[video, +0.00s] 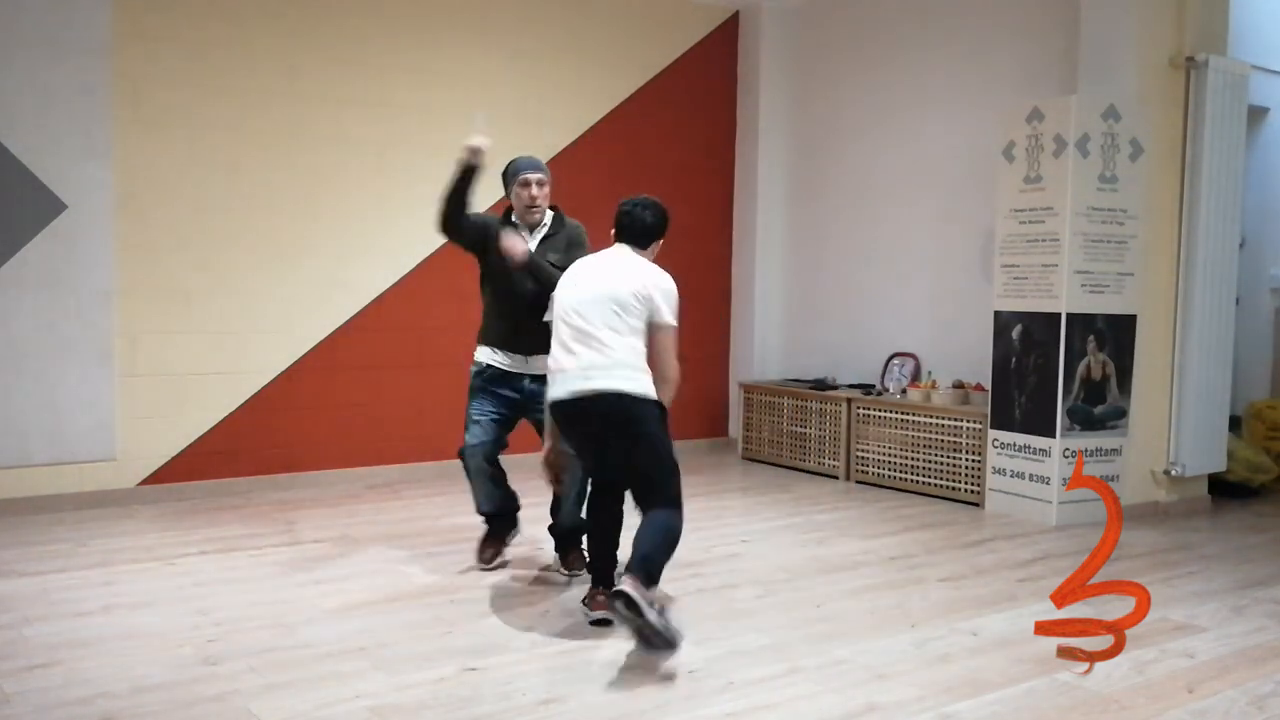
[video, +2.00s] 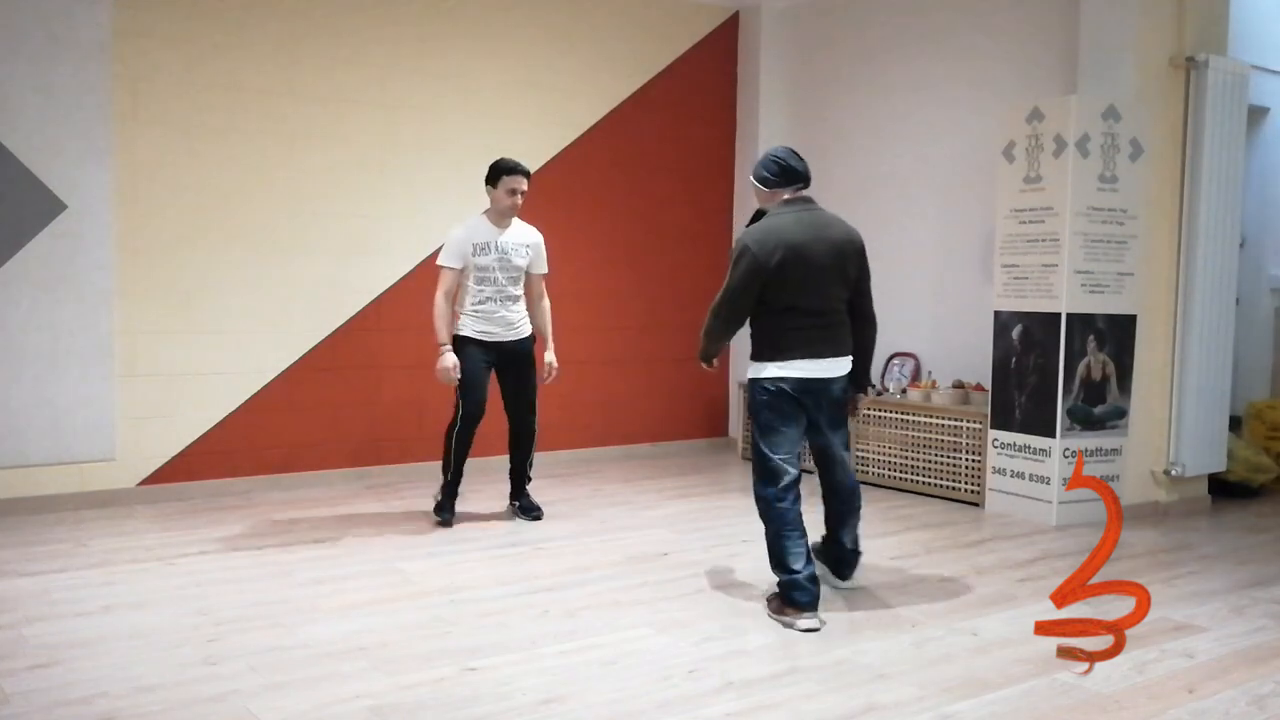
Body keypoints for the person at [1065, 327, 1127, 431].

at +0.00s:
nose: (1087, 345)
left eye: (1091, 342)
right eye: (1088, 342)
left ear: (1098, 344)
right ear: (1088, 345)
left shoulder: (1108, 364)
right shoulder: (1083, 365)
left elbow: (1113, 390)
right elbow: (1076, 391)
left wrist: (1106, 406)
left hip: (1103, 406)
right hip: (1086, 405)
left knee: (1121, 411)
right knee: (1071, 410)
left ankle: (1086, 425)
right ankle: (1102, 425)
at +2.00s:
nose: (1088, 345)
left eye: (1091, 342)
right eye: (1088, 342)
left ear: (1098, 344)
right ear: (1087, 344)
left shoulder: (1108, 364)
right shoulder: (1084, 364)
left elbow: (1114, 390)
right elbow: (1076, 390)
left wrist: (1109, 406)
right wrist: (1070, 409)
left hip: (1102, 406)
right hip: (1085, 405)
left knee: (1121, 411)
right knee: (1071, 410)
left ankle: (1086, 425)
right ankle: (1100, 425)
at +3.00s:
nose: (1088, 345)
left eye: (1091, 342)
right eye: (1088, 342)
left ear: (1098, 344)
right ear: (1087, 344)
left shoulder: (1108, 364)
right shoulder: (1084, 364)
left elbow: (1114, 390)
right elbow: (1076, 390)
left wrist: (1108, 406)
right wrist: (1070, 409)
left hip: (1103, 406)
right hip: (1086, 406)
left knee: (1121, 411)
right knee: (1071, 410)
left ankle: (1087, 424)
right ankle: (1100, 425)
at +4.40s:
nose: (1088, 345)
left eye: (1091, 342)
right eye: (1088, 342)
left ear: (1099, 344)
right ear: (1087, 345)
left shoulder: (1108, 364)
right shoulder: (1084, 365)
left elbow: (1114, 391)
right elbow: (1076, 390)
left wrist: (1107, 407)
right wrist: (1070, 409)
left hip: (1103, 406)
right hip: (1086, 405)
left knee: (1121, 411)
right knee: (1071, 410)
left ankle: (1085, 425)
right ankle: (1100, 425)